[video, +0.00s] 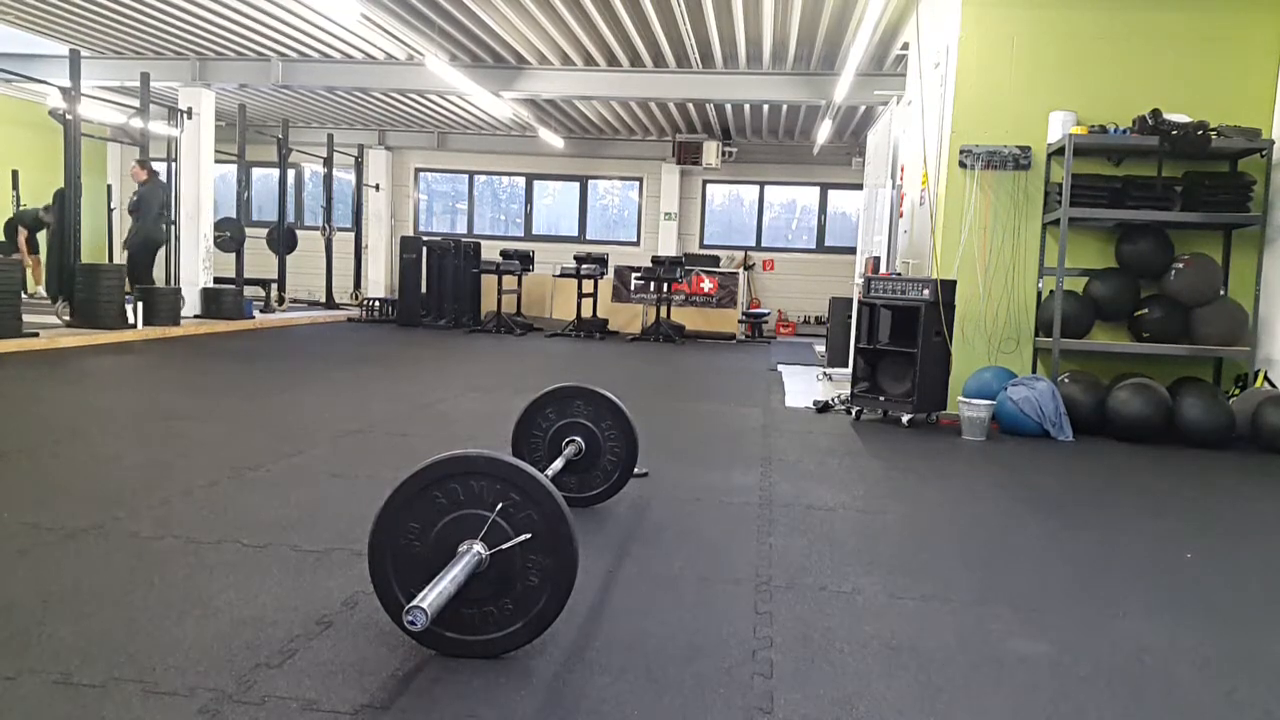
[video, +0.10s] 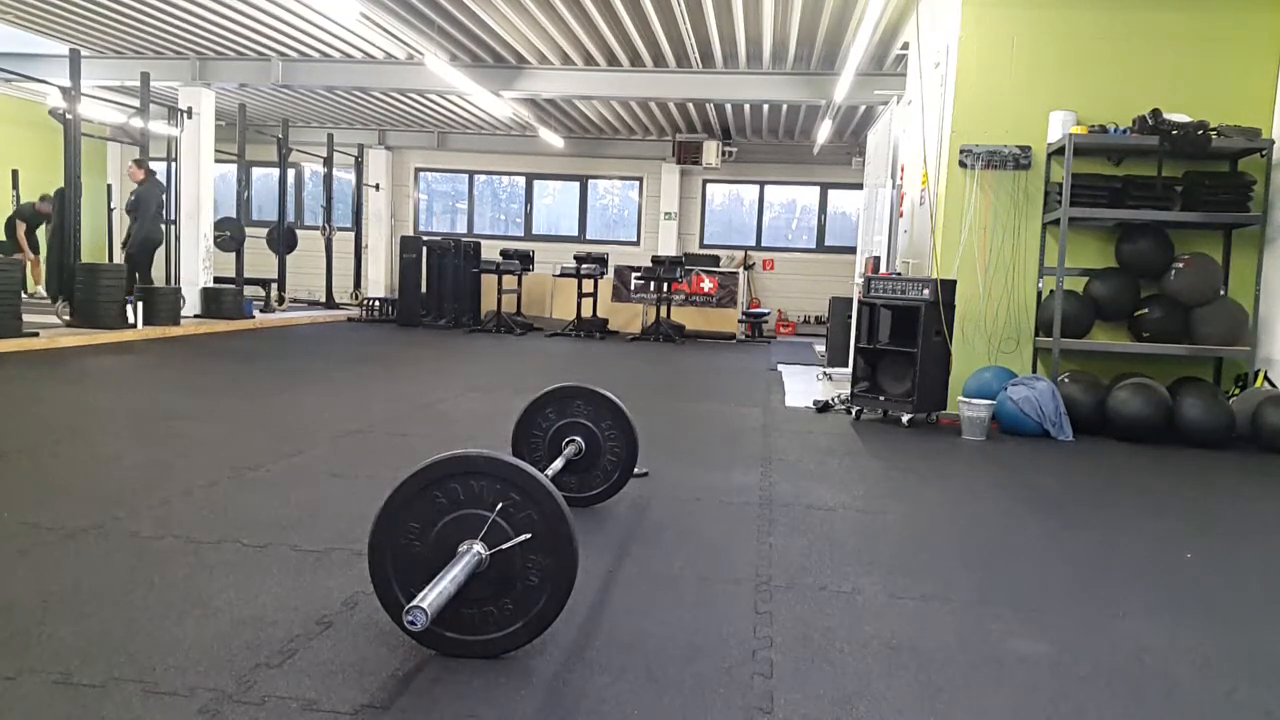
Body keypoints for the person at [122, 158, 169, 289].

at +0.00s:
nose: (131, 173)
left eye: (134, 169)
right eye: (132, 170)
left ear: (145, 170)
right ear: (145, 171)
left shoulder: (148, 189)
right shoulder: (159, 186)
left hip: (144, 235)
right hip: (155, 233)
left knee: (135, 271)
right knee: (144, 272)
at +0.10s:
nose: (128, 172)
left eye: (131, 168)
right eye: (129, 168)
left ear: (141, 170)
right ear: (141, 171)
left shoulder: (148, 189)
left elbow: (143, 221)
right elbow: (135, 220)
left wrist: (131, 246)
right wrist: (127, 240)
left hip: (148, 233)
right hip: (141, 232)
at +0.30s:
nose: (124, 173)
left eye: (127, 169)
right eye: (124, 169)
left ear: (137, 171)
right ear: (137, 172)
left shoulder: (141, 190)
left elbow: (142, 221)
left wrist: (134, 246)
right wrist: (123, 240)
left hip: (140, 234)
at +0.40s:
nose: (120, 172)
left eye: (123, 168)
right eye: (120, 168)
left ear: (133, 170)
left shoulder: (142, 189)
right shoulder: (128, 190)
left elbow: (142, 219)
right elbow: (124, 221)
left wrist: (134, 246)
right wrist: (117, 242)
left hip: (138, 237)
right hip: (125, 237)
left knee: (140, 277)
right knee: (123, 276)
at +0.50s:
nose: (117, 171)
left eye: (120, 168)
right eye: (117, 168)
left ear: (131, 170)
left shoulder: (139, 188)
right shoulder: (125, 189)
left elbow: (139, 218)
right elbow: (120, 219)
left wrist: (131, 246)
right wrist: (115, 240)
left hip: (135, 238)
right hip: (122, 238)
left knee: (139, 278)